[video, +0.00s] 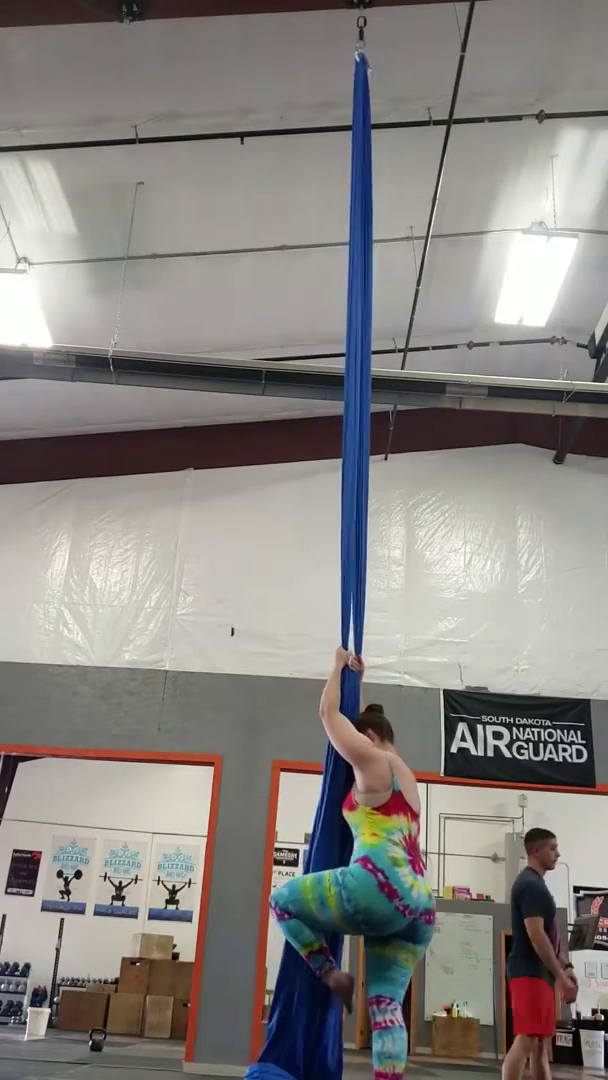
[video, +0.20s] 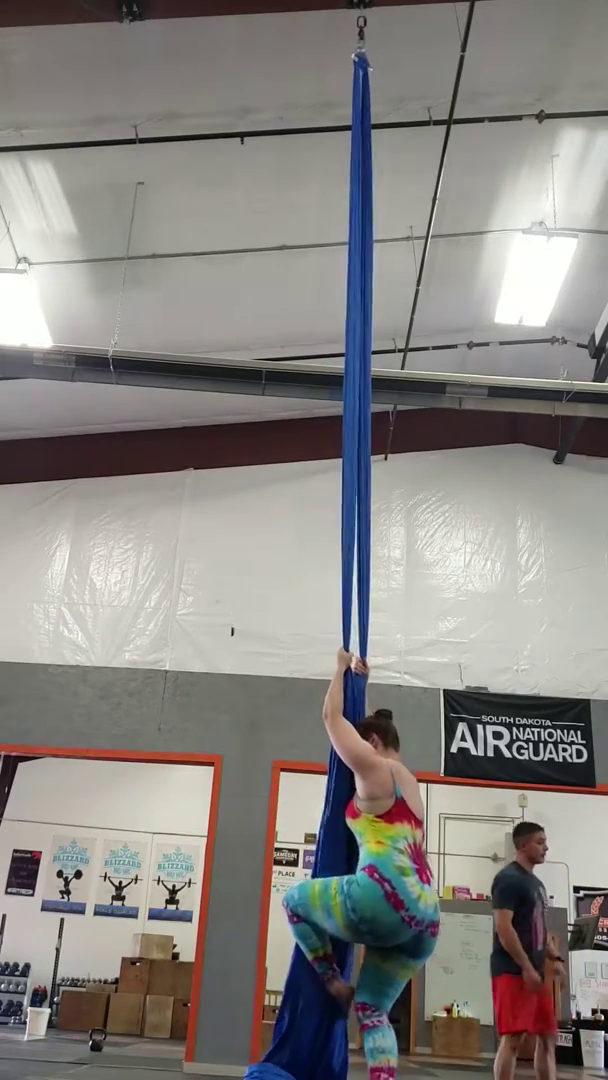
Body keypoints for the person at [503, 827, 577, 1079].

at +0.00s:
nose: (557, 854)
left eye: (556, 848)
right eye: (552, 848)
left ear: (537, 851)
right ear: (535, 850)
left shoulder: (536, 883)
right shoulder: (530, 884)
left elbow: (548, 933)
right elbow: (536, 935)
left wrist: (564, 967)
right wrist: (559, 975)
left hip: (539, 972)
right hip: (528, 972)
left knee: (540, 1040)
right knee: (525, 1040)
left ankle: (542, 1076)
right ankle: (508, 1076)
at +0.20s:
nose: (545, 847)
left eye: (545, 842)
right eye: (540, 842)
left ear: (528, 845)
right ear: (523, 844)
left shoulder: (535, 882)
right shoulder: (508, 878)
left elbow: (538, 927)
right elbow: (503, 927)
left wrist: (552, 957)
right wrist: (527, 967)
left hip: (537, 970)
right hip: (511, 971)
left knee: (547, 1037)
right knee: (511, 1040)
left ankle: (548, 1077)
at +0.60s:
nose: (536, 840)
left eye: (536, 835)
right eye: (530, 835)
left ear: (532, 839)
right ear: (511, 838)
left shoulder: (539, 879)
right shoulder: (489, 875)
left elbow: (548, 925)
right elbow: (472, 919)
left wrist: (554, 968)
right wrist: (468, 967)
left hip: (535, 969)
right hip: (500, 970)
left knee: (545, 1035)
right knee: (499, 1041)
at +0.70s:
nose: (539, 840)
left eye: (539, 835)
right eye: (533, 835)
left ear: (526, 839)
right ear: (515, 837)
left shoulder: (542, 880)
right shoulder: (491, 874)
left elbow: (552, 929)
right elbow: (474, 921)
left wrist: (562, 974)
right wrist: (473, 970)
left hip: (538, 973)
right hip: (501, 972)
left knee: (544, 1037)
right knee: (499, 1042)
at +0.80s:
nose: (543, 841)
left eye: (543, 836)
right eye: (537, 835)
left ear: (530, 839)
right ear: (519, 837)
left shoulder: (546, 881)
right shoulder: (493, 875)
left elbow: (558, 931)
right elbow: (478, 921)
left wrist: (569, 977)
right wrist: (483, 971)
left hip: (541, 975)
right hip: (504, 974)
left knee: (545, 1039)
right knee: (501, 1044)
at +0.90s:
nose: (548, 841)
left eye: (549, 836)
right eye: (542, 835)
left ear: (544, 840)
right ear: (524, 837)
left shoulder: (551, 882)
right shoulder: (498, 875)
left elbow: (562, 932)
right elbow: (483, 921)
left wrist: (573, 979)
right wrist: (486, 971)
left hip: (545, 975)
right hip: (508, 975)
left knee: (553, 1040)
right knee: (505, 1047)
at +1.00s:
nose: (554, 838)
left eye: (554, 833)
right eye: (548, 832)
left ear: (551, 838)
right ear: (529, 835)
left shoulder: (556, 881)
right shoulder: (503, 871)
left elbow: (565, 932)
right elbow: (486, 919)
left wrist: (575, 979)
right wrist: (489, 968)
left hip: (550, 974)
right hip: (512, 973)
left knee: (557, 1040)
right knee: (509, 1046)